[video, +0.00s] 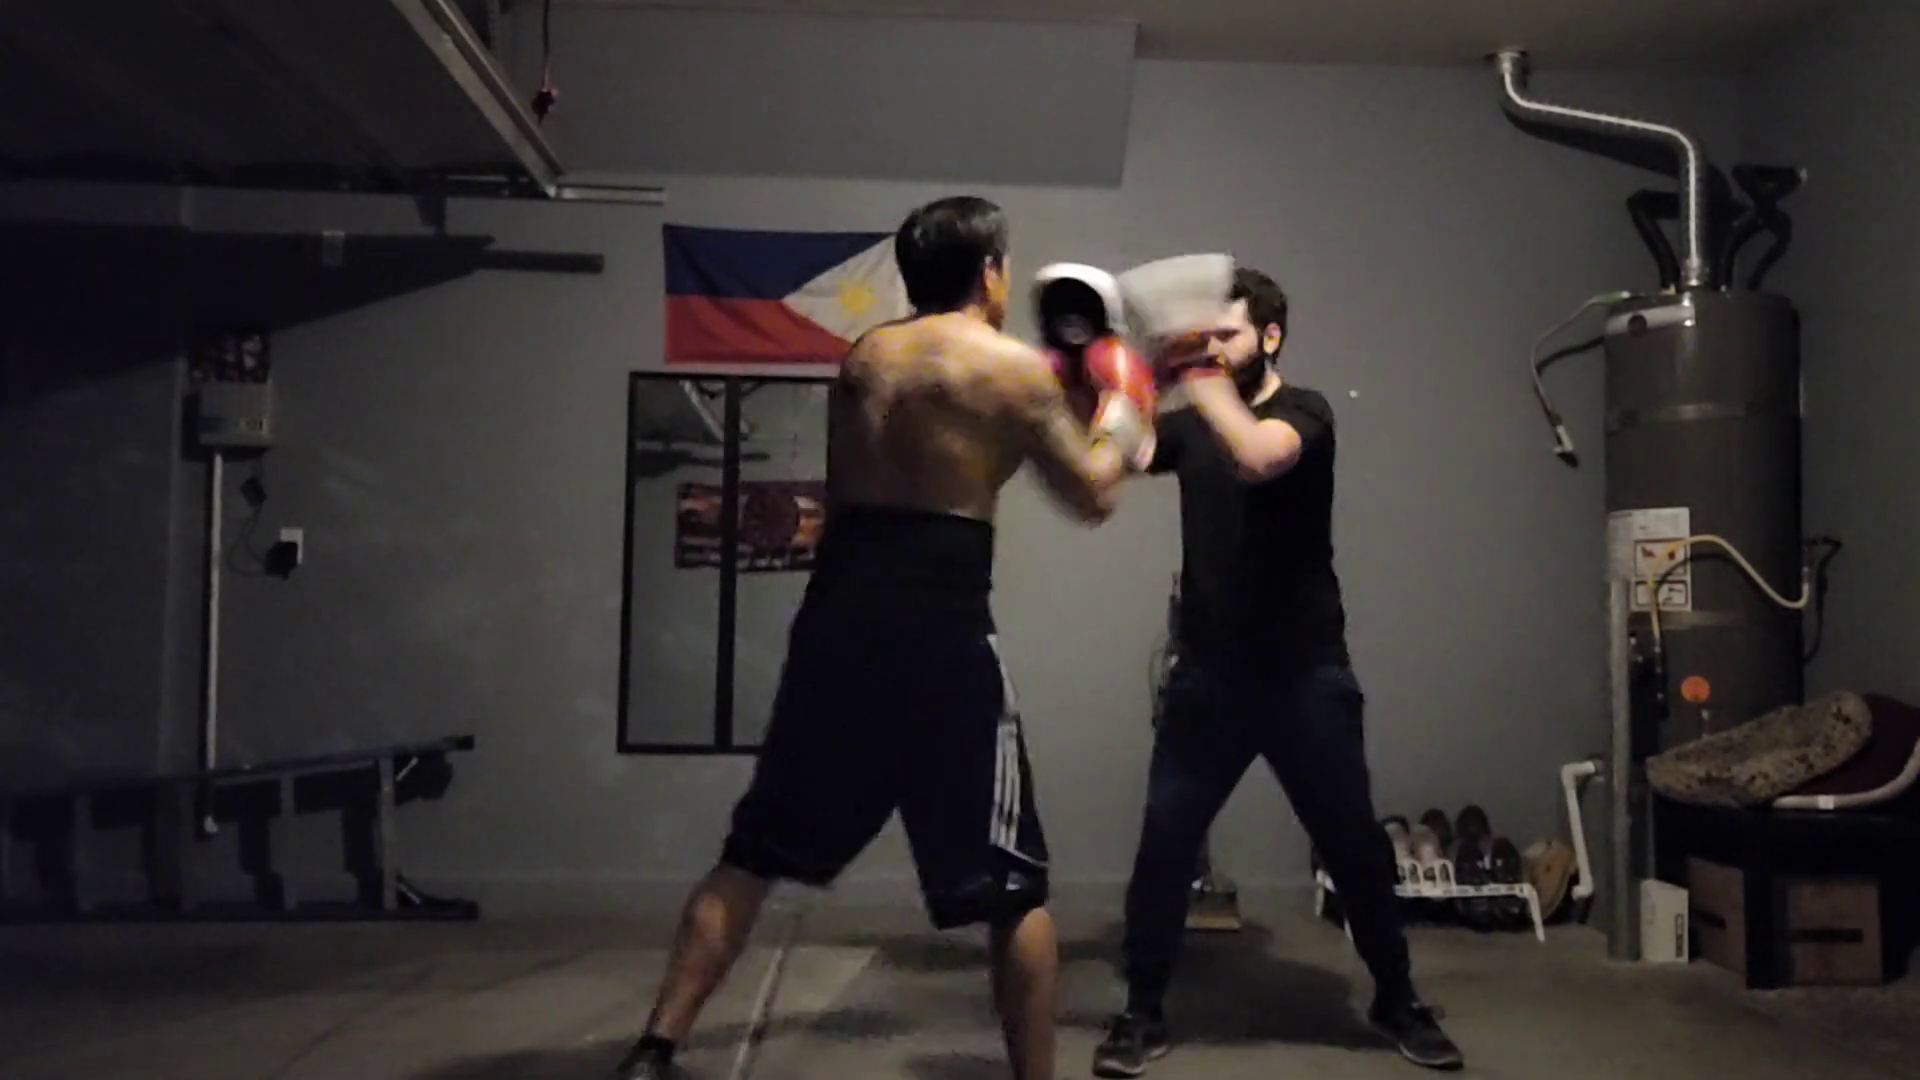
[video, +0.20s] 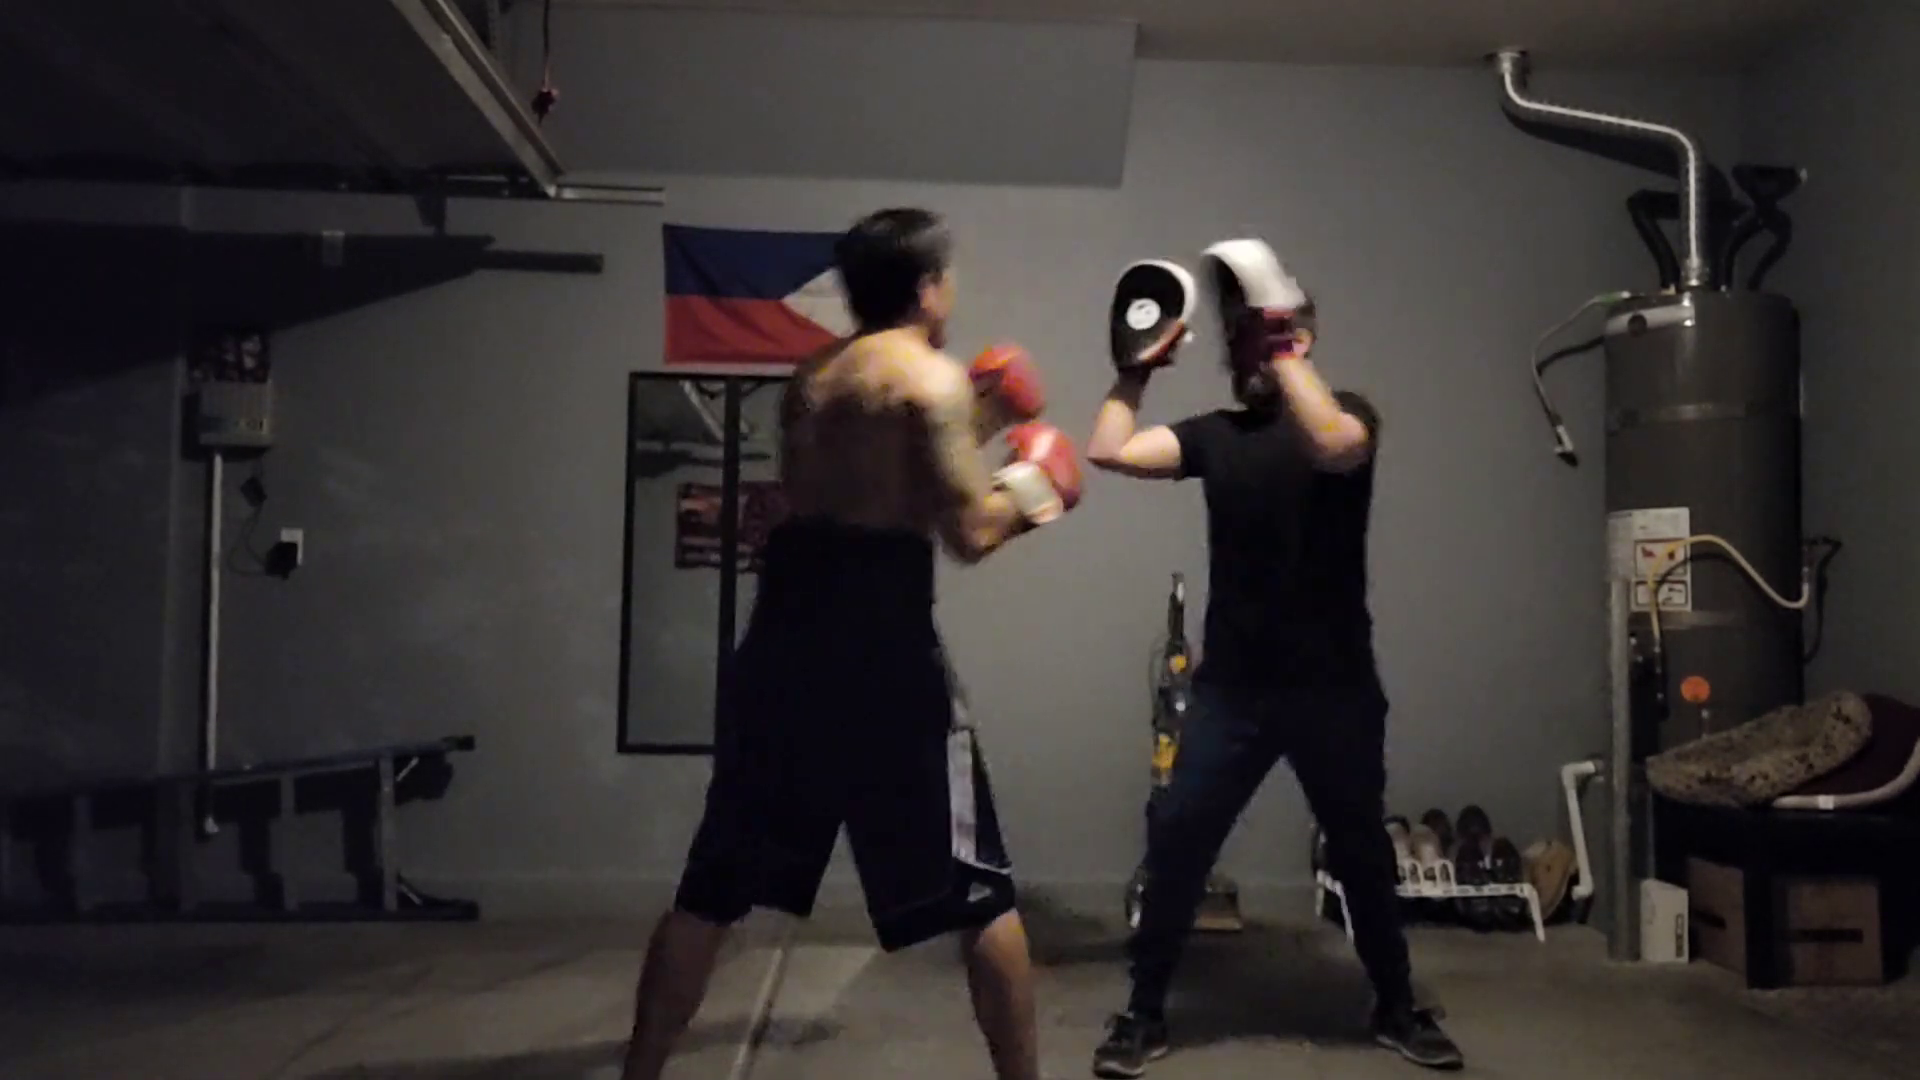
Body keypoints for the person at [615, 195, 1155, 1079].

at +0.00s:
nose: (1008, 278)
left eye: (1003, 262)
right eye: (1005, 265)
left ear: (915, 275)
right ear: (990, 275)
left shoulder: (863, 355)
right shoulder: (1015, 370)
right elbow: (1095, 490)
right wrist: (1129, 403)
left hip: (836, 632)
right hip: (942, 639)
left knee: (754, 852)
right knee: (1014, 885)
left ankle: (656, 1046)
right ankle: (1036, 1070)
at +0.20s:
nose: (952, 290)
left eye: (946, 274)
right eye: (946, 276)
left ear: (860, 288)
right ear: (927, 289)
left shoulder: (811, 379)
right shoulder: (929, 378)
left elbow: (873, 490)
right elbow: (974, 529)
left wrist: (977, 416)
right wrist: (1038, 482)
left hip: (786, 653)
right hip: (887, 656)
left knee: (716, 877)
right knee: (979, 886)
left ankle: (639, 1067)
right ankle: (1021, 1070)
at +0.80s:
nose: (970, 298)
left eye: (966, 286)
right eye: (968, 286)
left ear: (872, 290)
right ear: (953, 293)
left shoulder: (821, 364)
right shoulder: (986, 366)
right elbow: (1059, 478)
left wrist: (975, 362)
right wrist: (1060, 382)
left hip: (823, 625)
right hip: (933, 631)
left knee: (757, 864)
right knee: (1013, 879)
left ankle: (675, 1064)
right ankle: (1052, 1070)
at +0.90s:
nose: (981, 306)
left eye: (977, 293)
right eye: (979, 293)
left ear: (889, 297)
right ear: (961, 298)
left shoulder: (840, 372)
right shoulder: (986, 375)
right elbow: (1049, 504)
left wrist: (1013, 391)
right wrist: (1073, 402)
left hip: (839, 629)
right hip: (945, 632)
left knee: (766, 872)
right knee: (1025, 879)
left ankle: (677, 1066)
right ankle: (1059, 1069)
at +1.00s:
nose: (1003, 300)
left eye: (998, 289)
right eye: (1001, 289)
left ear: (910, 290)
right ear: (985, 293)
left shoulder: (852, 370)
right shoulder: (1020, 352)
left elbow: (872, 496)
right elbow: (1124, 408)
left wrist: (1005, 482)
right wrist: (1102, 337)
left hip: (848, 651)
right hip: (958, 653)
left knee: (775, 861)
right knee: (1041, 890)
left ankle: (676, 1047)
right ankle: (1063, 1070)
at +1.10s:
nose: (1018, 302)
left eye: (1013, 291)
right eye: (1015, 292)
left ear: (919, 292)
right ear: (998, 294)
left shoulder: (855, 372)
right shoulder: (1029, 353)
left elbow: (842, 521)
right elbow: (1149, 423)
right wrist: (1128, 354)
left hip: (849, 647)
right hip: (960, 648)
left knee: (787, 861)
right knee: (1038, 890)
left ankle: (696, 1047)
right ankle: (1064, 1072)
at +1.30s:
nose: (1016, 311)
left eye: (1012, 299)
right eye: (1014, 299)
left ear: (922, 300)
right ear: (1000, 303)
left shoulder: (867, 377)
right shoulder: (1019, 375)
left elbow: (925, 479)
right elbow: (1102, 492)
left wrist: (1026, 453)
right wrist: (1118, 395)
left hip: (857, 644)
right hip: (967, 647)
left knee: (782, 875)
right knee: (1047, 885)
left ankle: (701, 1064)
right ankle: (1066, 1068)